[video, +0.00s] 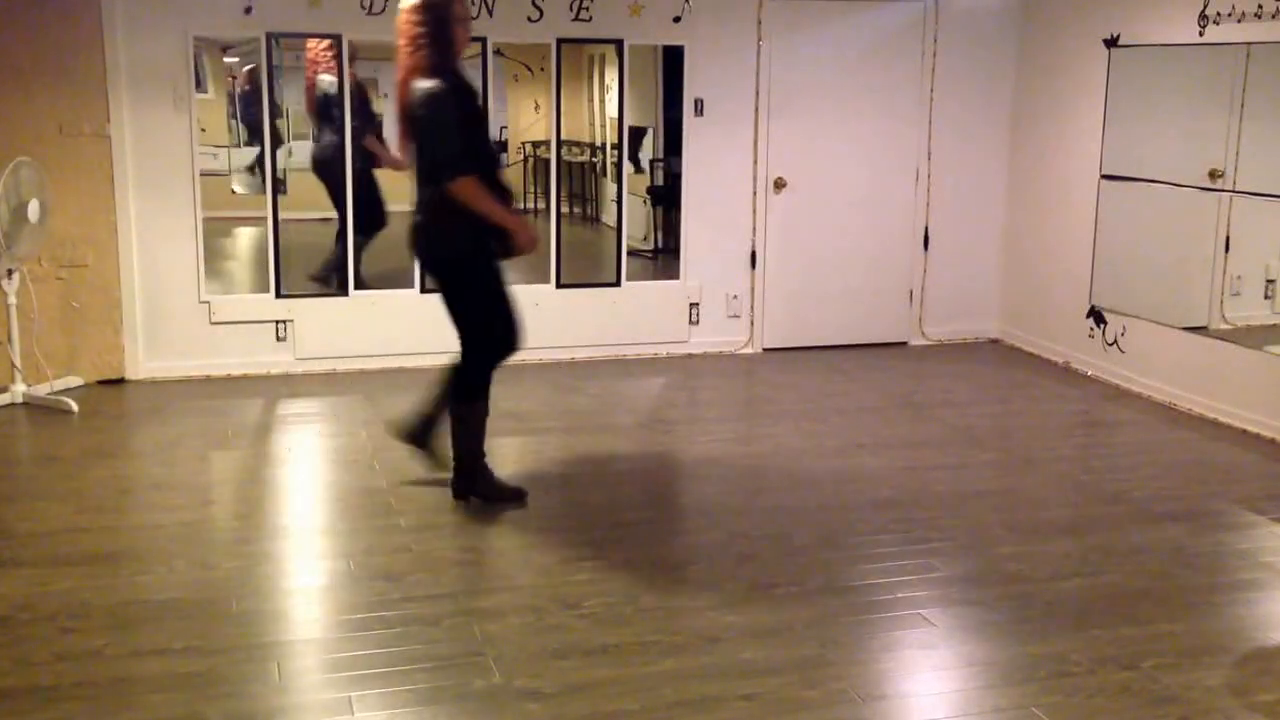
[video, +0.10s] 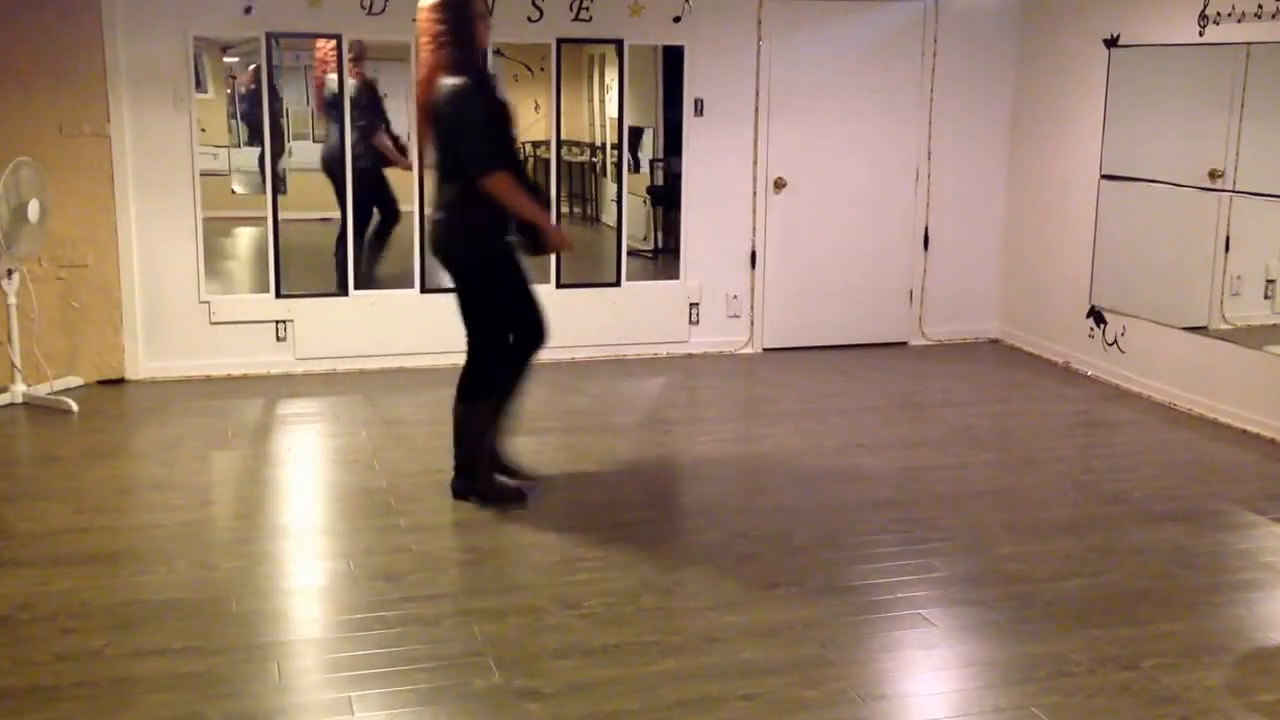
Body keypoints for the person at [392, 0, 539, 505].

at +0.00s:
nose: (469, 29)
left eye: (466, 20)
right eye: (462, 21)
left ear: (431, 31)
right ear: (442, 29)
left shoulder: (443, 85)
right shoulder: (434, 92)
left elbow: (461, 166)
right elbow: (455, 175)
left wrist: (506, 214)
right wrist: (510, 220)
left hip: (457, 234)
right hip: (450, 237)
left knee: (494, 337)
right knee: (485, 342)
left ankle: (422, 422)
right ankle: (470, 472)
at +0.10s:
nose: (489, 29)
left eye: (485, 19)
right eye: (483, 19)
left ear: (444, 30)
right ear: (470, 26)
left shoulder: (452, 86)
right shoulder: (464, 90)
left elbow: (481, 165)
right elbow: (488, 170)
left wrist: (528, 215)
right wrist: (543, 221)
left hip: (467, 230)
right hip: (473, 233)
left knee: (499, 340)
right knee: (519, 332)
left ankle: (478, 453)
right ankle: (474, 469)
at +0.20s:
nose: (519, 32)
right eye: (511, 23)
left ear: (468, 36)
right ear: (503, 31)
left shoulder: (477, 90)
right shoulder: (502, 93)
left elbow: (508, 168)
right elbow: (531, 173)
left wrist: (564, 216)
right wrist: (585, 221)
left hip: (491, 234)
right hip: (501, 237)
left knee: (550, 339)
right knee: (503, 350)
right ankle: (470, 471)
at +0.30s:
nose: (541, 33)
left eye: (534, 23)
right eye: (533, 24)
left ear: (488, 38)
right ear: (524, 33)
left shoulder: (497, 93)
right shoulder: (526, 95)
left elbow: (520, 172)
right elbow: (551, 175)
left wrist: (580, 220)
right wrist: (606, 224)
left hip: (510, 239)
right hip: (522, 242)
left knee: (570, 340)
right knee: (516, 353)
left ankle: (603, 461)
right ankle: (471, 471)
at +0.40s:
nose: (558, 33)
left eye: (547, 24)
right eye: (551, 25)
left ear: (512, 40)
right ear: (543, 34)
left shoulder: (519, 94)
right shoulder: (548, 94)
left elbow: (548, 173)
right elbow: (569, 176)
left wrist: (595, 224)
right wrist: (617, 226)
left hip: (534, 237)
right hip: (545, 240)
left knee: (584, 339)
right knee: (546, 350)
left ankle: (608, 463)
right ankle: (477, 461)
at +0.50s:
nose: (585, 30)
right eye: (577, 21)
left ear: (537, 38)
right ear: (572, 32)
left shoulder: (549, 89)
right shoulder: (578, 90)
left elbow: (573, 167)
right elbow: (593, 170)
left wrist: (613, 221)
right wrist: (628, 225)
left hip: (558, 230)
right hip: (577, 232)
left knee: (597, 350)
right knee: (600, 350)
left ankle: (609, 465)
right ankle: (511, 442)